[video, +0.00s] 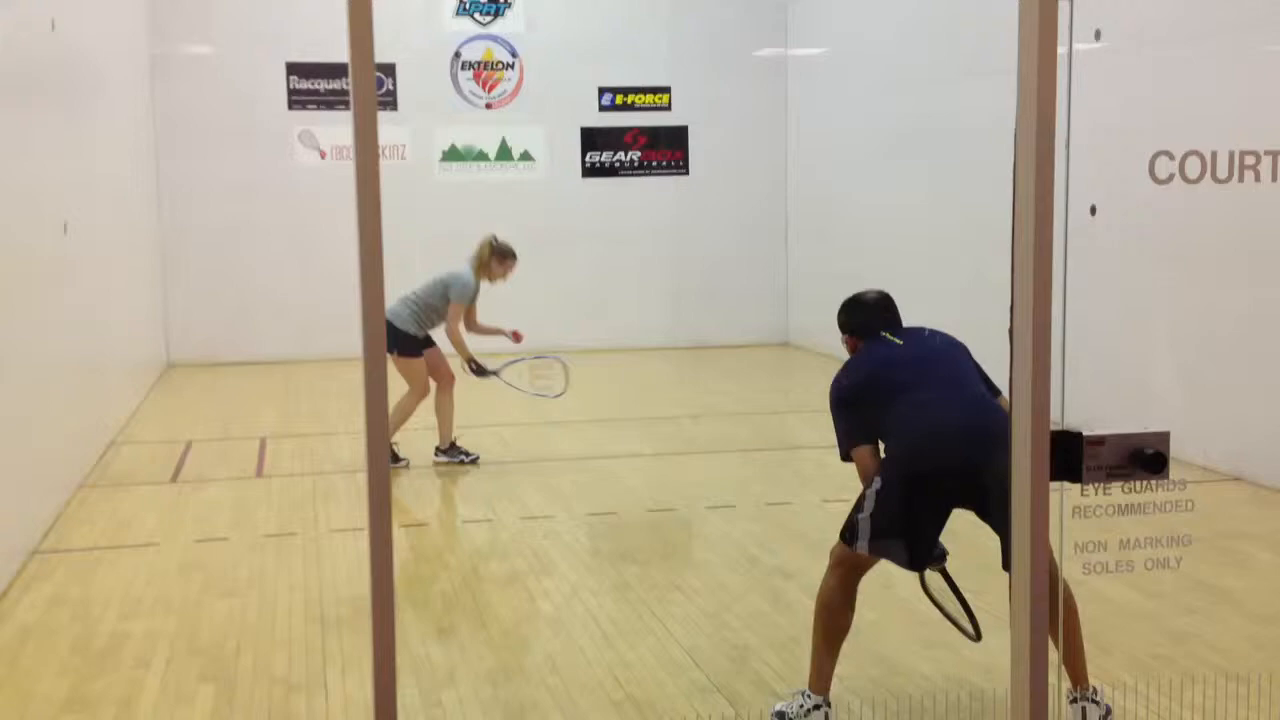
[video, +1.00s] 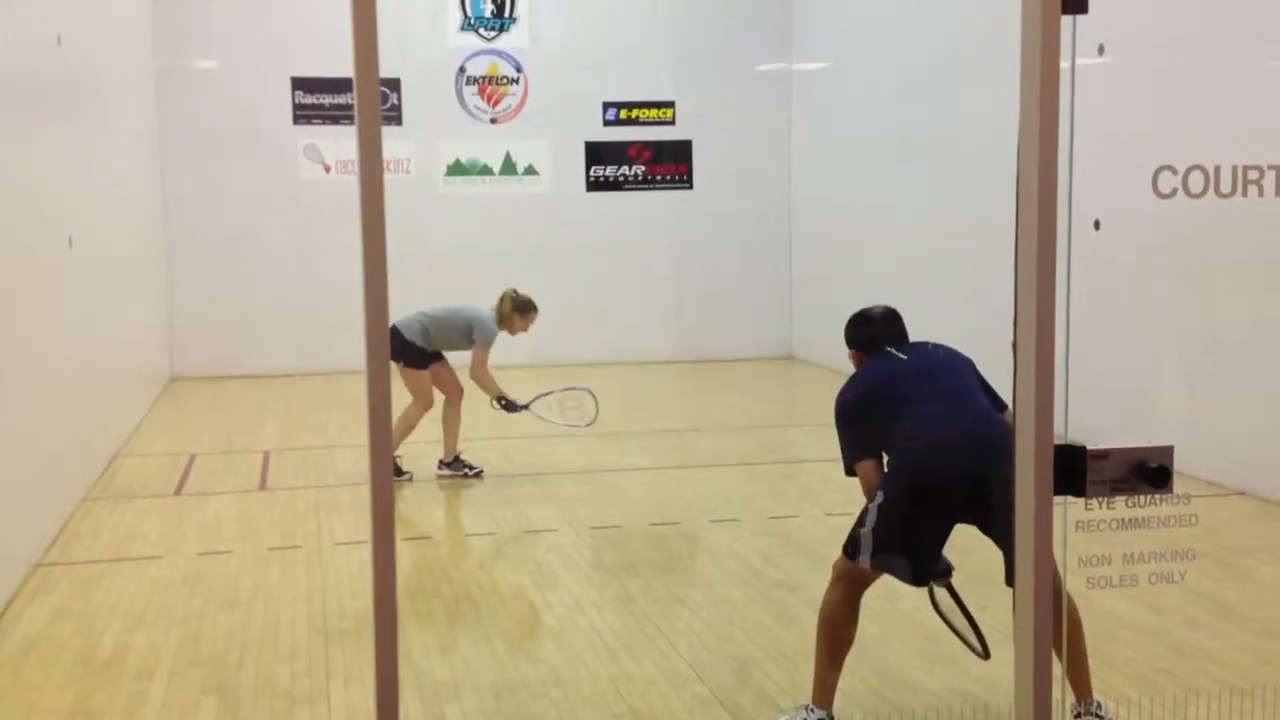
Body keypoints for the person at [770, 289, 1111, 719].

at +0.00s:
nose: (844, 346)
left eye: (844, 340)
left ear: (850, 342)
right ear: (898, 323)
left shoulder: (849, 380)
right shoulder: (943, 342)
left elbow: (870, 471)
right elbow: (1003, 408)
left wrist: (914, 538)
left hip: (919, 462)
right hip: (994, 452)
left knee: (844, 566)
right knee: (1042, 566)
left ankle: (815, 696)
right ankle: (1084, 692)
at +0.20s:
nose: (847, 351)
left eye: (846, 344)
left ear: (853, 345)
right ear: (901, 326)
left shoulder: (851, 383)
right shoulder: (946, 345)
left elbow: (872, 476)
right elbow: (1004, 411)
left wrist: (916, 541)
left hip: (921, 466)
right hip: (996, 456)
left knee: (846, 570)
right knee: (1045, 569)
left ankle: (817, 700)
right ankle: (1086, 695)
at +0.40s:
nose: (850, 355)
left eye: (849, 349)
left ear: (856, 350)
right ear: (903, 331)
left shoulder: (854, 388)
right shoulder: (948, 350)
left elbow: (874, 478)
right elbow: (1006, 414)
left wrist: (918, 546)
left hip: (924, 472)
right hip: (999, 461)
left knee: (849, 573)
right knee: (1048, 572)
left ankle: (820, 702)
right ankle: (1089, 697)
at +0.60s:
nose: (852, 357)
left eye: (851, 351)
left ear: (857, 352)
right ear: (905, 333)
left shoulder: (856, 388)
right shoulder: (948, 351)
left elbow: (875, 481)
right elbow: (1008, 416)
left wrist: (920, 546)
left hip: (924, 472)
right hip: (999, 461)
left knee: (851, 574)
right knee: (1050, 575)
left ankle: (822, 704)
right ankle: (1090, 700)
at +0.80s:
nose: (851, 359)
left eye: (851, 352)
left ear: (857, 353)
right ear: (905, 336)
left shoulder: (856, 390)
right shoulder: (948, 354)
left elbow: (876, 483)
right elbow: (1006, 417)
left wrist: (920, 549)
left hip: (924, 475)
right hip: (998, 464)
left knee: (850, 577)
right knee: (1050, 579)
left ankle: (821, 705)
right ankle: (1089, 702)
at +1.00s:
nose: (851, 361)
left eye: (850, 355)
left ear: (856, 356)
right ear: (904, 338)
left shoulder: (855, 393)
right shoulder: (948, 356)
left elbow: (873, 486)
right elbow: (1005, 420)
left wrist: (919, 552)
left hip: (922, 478)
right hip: (996, 468)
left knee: (848, 580)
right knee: (1049, 583)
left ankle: (820, 706)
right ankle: (1087, 702)